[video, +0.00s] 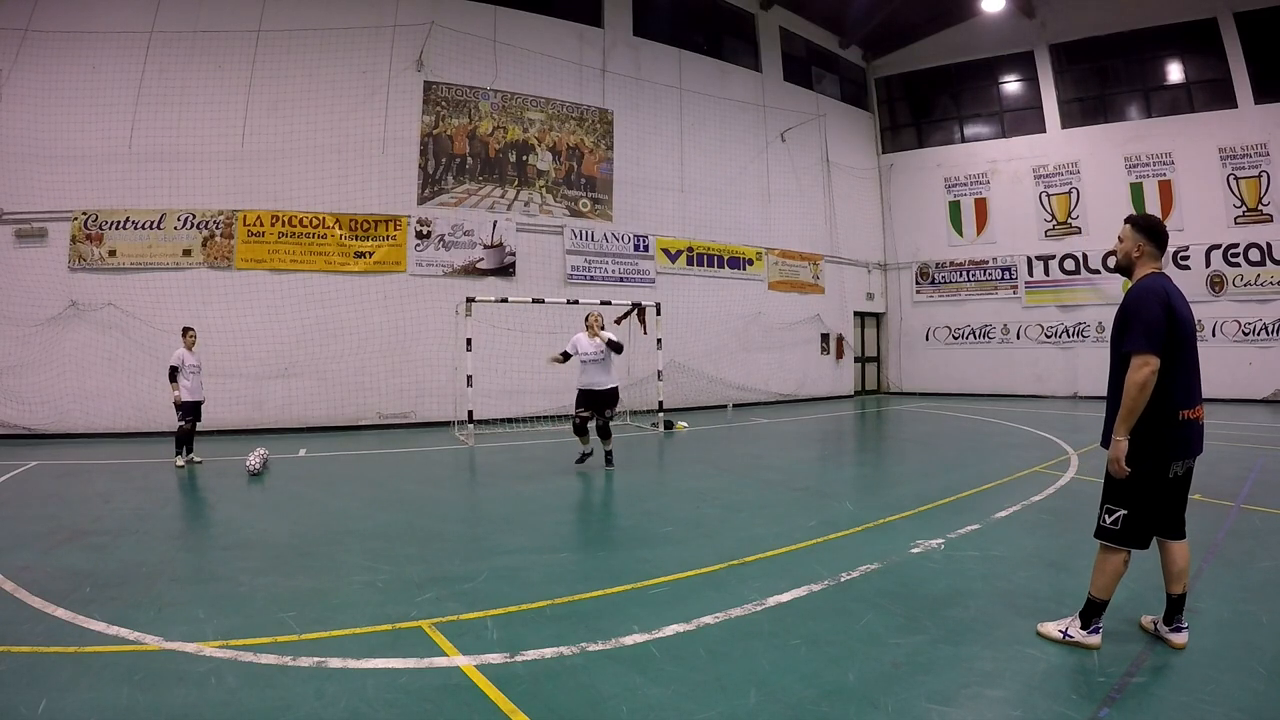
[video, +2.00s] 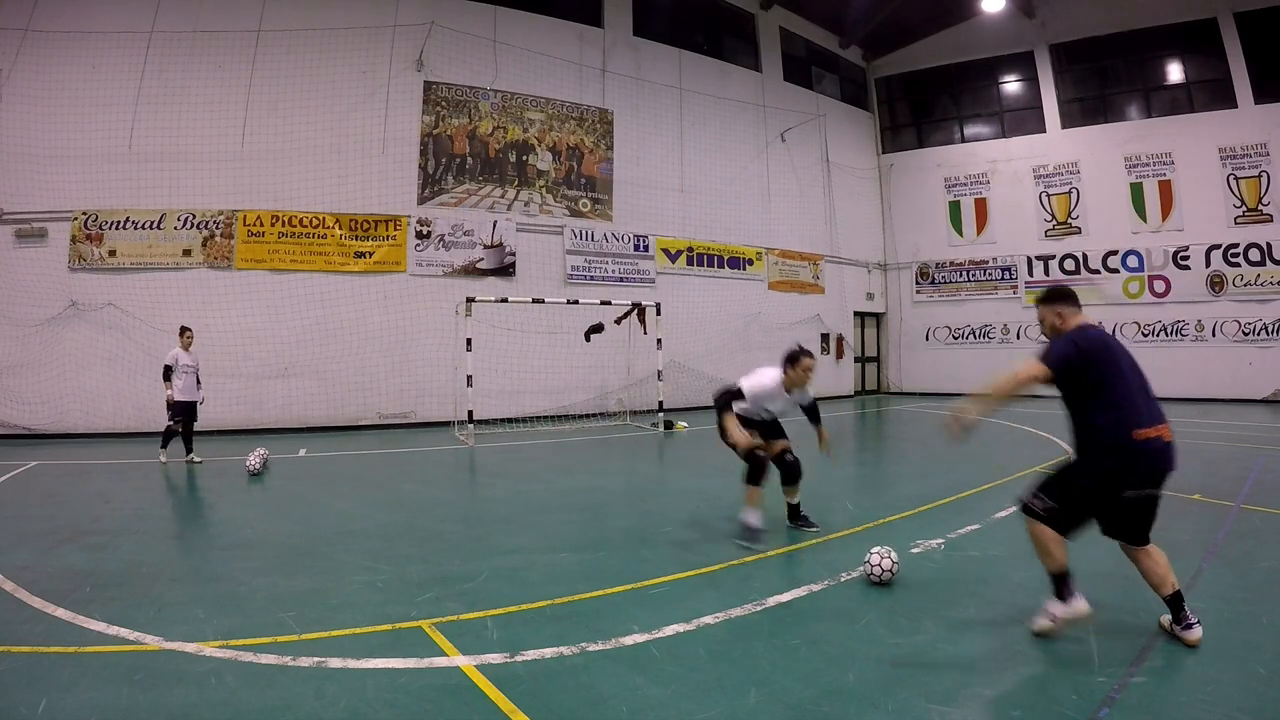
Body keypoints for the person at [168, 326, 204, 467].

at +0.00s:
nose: (193, 339)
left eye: (194, 337)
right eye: (190, 337)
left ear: (196, 339)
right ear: (183, 338)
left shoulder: (196, 356)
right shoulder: (179, 354)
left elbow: (198, 376)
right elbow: (172, 373)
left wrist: (201, 393)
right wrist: (176, 392)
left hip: (196, 397)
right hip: (184, 397)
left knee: (192, 426)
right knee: (184, 426)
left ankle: (189, 454)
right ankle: (178, 456)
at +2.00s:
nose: (190, 340)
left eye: (192, 338)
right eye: (188, 338)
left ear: (193, 339)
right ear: (180, 338)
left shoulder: (193, 356)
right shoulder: (174, 354)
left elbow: (196, 375)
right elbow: (166, 373)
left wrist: (200, 391)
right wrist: (169, 391)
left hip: (191, 398)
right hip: (177, 398)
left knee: (188, 427)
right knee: (175, 425)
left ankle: (189, 454)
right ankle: (163, 449)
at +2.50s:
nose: (174, 341)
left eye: (175, 339)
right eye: (171, 339)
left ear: (176, 340)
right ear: (164, 339)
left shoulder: (177, 357)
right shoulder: (157, 355)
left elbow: (180, 376)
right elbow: (150, 375)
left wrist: (183, 392)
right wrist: (151, 394)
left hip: (177, 399)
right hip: (161, 399)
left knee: (182, 426)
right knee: (160, 427)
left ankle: (188, 452)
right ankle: (160, 452)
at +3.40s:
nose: (194, 344)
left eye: (195, 341)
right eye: (191, 341)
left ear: (195, 342)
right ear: (183, 341)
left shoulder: (194, 358)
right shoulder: (175, 355)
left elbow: (195, 376)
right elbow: (162, 372)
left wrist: (195, 389)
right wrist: (156, 389)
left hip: (187, 399)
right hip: (172, 398)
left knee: (182, 426)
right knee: (173, 424)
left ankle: (177, 452)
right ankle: (163, 451)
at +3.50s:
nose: (199, 345)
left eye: (200, 342)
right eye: (196, 342)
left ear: (199, 343)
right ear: (189, 342)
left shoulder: (199, 359)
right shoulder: (179, 355)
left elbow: (201, 376)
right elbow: (165, 369)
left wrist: (200, 388)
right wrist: (153, 385)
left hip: (190, 397)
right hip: (175, 395)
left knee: (185, 424)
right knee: (181, 421)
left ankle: (178, 450)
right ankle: (173, 450)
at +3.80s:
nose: (214, 350)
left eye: (215, 347)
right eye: (212, 347)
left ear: (214, 347)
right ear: (203, 346)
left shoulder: (214, 362)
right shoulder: (191, 360)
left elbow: (215, 378)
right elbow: (179, 376)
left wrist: (210, 389)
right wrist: (169, 392)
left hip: (203, 397)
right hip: (188, 395)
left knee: (206, 426)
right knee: (190, 424)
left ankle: (192, 440)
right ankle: (181, 453)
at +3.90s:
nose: (220, 348)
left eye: (221, 345)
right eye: (218, 345)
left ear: (221, 346)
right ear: (210, 346)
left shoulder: (218, 360)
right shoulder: (201, 361)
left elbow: (213, 378)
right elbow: (192, 380)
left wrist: (212, 393)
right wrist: (195, 394)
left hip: (212, 400)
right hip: (197, 403)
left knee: (225, 420)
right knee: (191, 428)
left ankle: (220, 449)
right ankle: (181, 454)